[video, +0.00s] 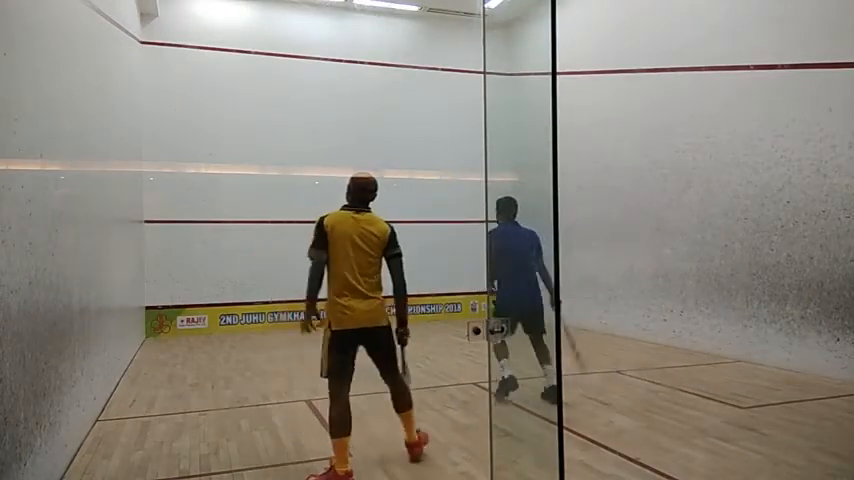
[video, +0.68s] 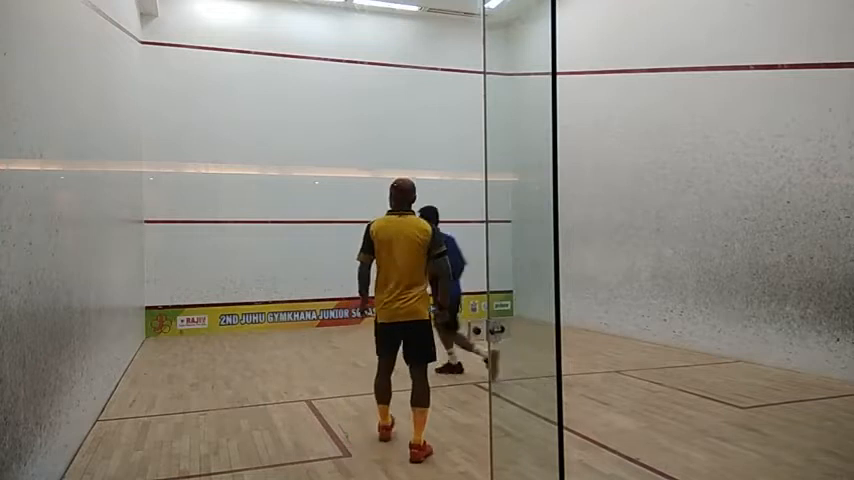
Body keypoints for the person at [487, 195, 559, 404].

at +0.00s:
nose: (496, 215)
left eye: (497, 212)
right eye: (498, 212)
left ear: (499, 214)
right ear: (516, 213)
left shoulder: (493, 237)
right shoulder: (531, 236)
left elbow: (491, 270)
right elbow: (542, 269)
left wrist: (490, 290)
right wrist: (553, 293)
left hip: (506, 298)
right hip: (531, 298)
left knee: (496, 334)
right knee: (537, 339)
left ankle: (507, 374)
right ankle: (552, 384)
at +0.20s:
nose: (479, 215)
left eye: (479, 212)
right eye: (481, 211)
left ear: (479, 212)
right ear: (496, 211)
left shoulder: (477, 233)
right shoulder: (511, 232)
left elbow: (484, 258)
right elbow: (520, 264)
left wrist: (479, 279)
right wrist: (525, 290)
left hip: (496, 293)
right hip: (518, 291)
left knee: (497, 333)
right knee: (527, 331)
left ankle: (513, 371)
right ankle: (545, 368)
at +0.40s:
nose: (457, 221)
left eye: (457, 218)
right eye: (458, 218)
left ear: (458, 219)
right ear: (474, 217)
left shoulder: (459, 240)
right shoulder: (488, 235)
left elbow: (462, 269)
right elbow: (505, 262)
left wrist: (454, 281)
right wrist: (501, 285)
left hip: (480, 295)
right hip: (497, 292)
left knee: (490, 338)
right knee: (502, 330)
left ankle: (514, 370)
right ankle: (525, 355)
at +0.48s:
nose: (445, 218)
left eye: (445, 215)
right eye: (447, 215)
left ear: (446, 216)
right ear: (463, 214)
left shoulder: (447, 235)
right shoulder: (476, 231)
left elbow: (448, 263)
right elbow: (492, 254)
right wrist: (490, 278)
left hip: (465, 287)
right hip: (484, 285)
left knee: (480, 325)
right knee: (487, 323)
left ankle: (503, 363)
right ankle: (498, 361)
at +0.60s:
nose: (432, 215)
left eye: (433, 212)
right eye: (433, 212)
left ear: (435, 213)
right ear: (450, 213)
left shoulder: (435, 233)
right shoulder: (462, 230)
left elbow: (440, 261)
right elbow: (479, 252)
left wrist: (428, 271)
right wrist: (475, 272)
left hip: (453, 287)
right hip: (469, 285)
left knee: (467, 325)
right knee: (464, 322)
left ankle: (501, 360)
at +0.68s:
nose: (422, 224)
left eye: (423, 221)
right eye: (422, 221)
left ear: (426, 221)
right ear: (437, 221)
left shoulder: (425, 243)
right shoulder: (447, 240)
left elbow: (458, 263)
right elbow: (460, 263)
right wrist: (451, 280)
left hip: (442, 291)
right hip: (450, 289)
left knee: (447, 329)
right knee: (441, 326)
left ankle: (485, 354)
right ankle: (452, 361)